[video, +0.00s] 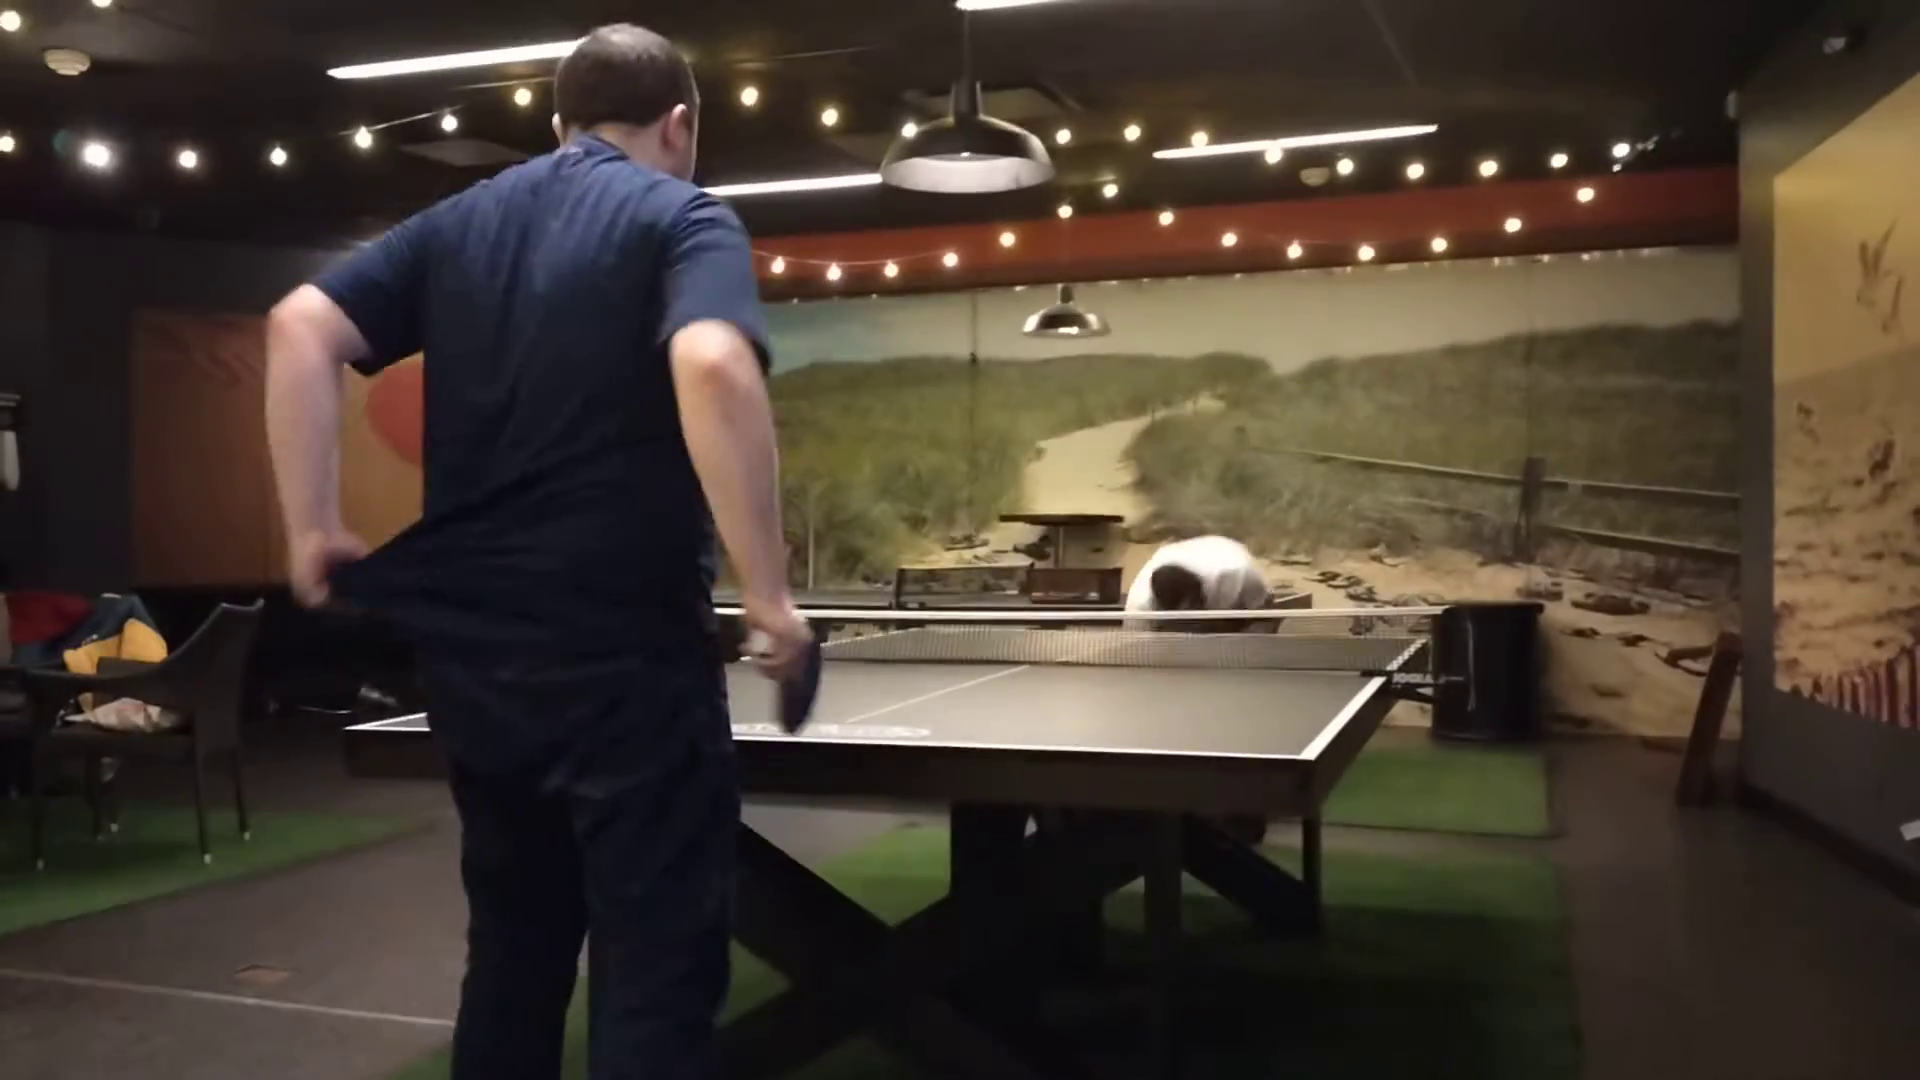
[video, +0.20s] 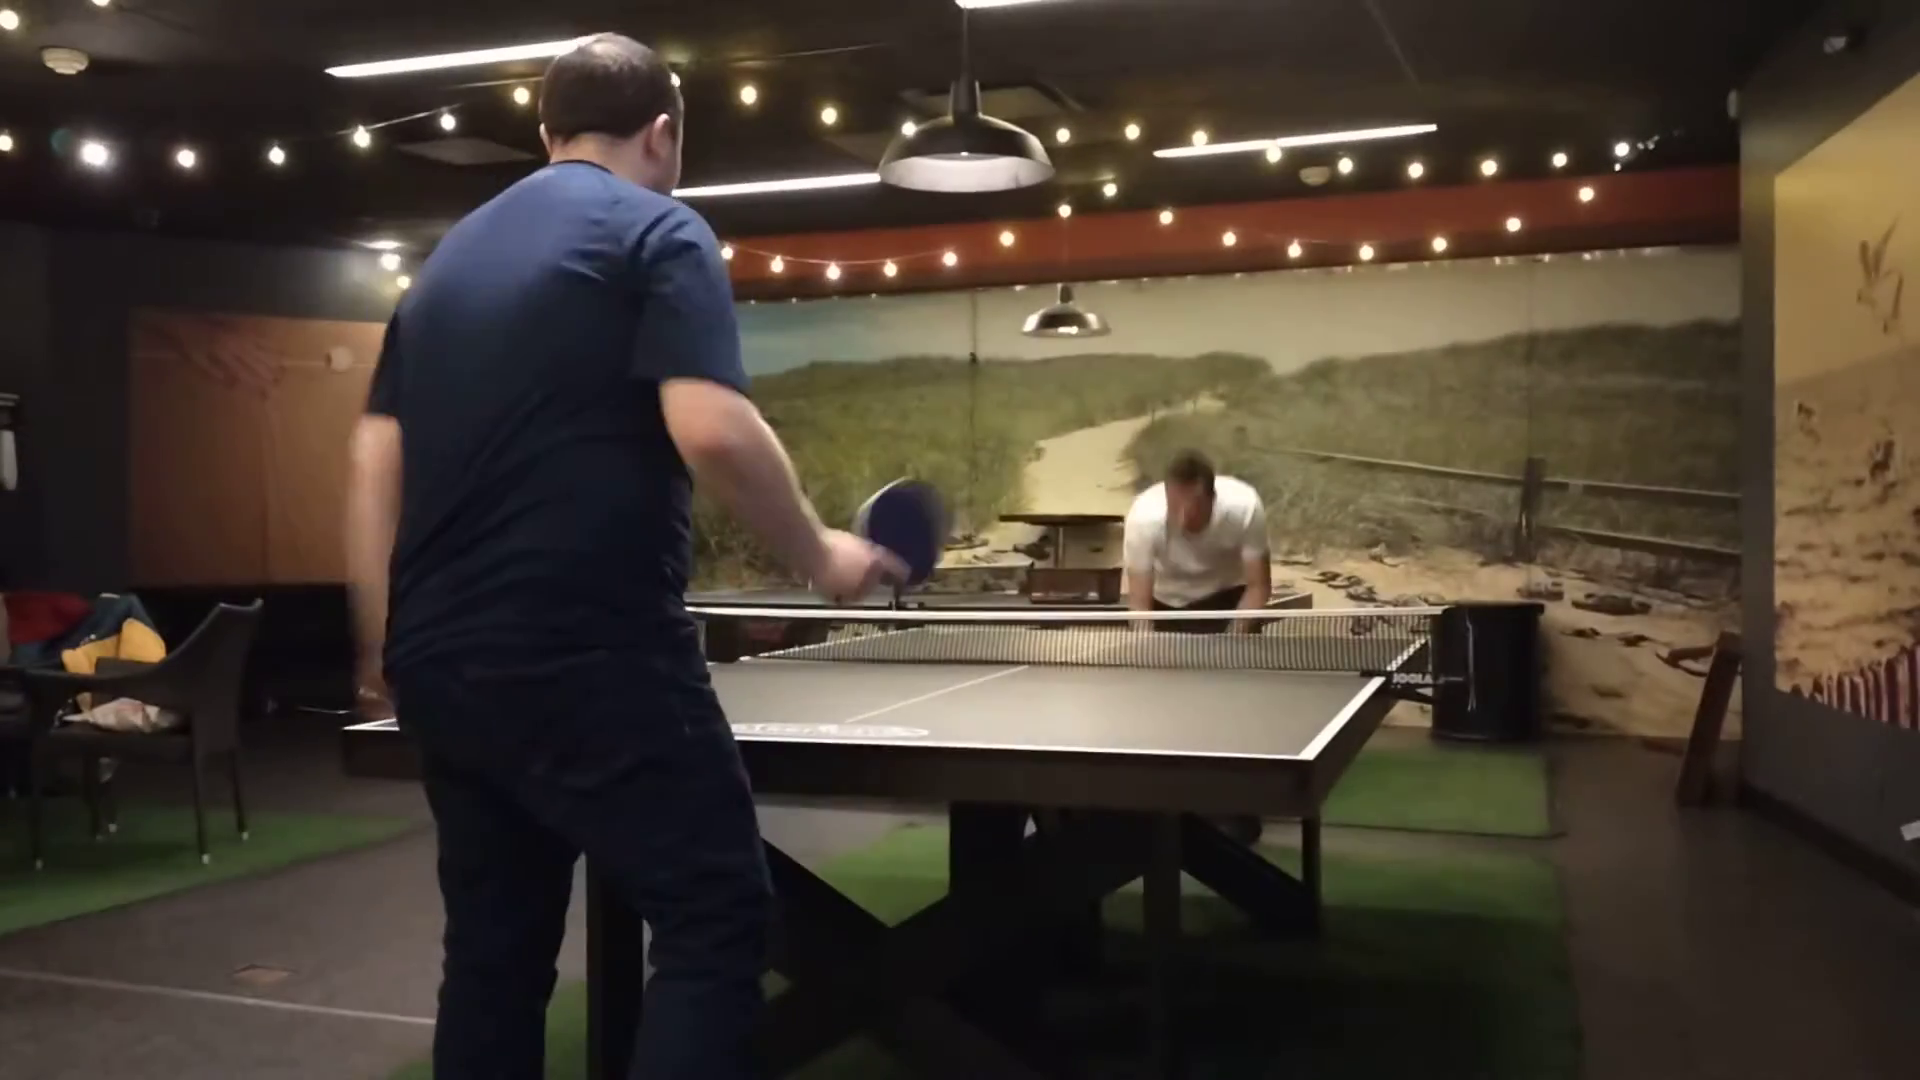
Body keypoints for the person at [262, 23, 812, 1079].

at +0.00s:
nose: (693, 155)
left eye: (692, 139)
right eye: (694, 136)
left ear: (562, 124)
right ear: (675, 126)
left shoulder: (462, 219)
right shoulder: (682, 216)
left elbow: (304, 324)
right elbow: (712, 359)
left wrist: (312, 528)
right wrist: (770, 598)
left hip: (473, 649)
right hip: (626, 656)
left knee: (513, 952)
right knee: (661, 977)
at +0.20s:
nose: (675, 161)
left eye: (673, 146)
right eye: (677, 143)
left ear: (550, 134)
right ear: (660, 133)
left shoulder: (450, 252)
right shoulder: (658, 231)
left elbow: (378, 447)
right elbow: (711, 428)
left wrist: (377, 635)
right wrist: (821, 553)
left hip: (446, 665)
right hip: (603, 665)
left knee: (494, 949)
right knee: (716, 922)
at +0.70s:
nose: (774, 169)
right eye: (776, 152)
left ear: (636, 150)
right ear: (761, 148)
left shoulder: (541, 238)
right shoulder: (792, 268)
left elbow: (451, 449)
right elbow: (889, 497)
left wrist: (534, 573)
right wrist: (810, 602)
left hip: (490, 672)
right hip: (672, 682)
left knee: (469, 973)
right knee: (679, 989)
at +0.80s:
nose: (778, 180)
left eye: (777, 165)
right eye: (780, 162)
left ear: (644, 144)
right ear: (766, 152)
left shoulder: (537, 238)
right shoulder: (792, 264)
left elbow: (442, 457)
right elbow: (909, 488)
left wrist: (431, 629)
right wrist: (824, 626)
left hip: (481, 669)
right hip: (667, 683)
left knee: (434, 966)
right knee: (678, 995)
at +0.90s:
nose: (760, 175)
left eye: (759, 161)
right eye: (762, 157)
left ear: (625, 142)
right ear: (750, 149)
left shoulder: (517, 242)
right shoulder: (777, 261)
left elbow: (425, 461)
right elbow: (895, 480)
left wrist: (373, 651)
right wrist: (827, 641)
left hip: (461, 679)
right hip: (651, 690)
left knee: (390, 961)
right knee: (665, 1000)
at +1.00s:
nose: (728, 172)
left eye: (727, 158)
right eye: (729, 155)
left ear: (593, 144)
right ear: (717, 146)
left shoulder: (481, 244)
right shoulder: (744, 258)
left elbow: (392, 458)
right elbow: (855, 472)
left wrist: (349, 657)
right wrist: (804, 636)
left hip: (430, 683)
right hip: (627, 695)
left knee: (348, 971)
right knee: (650, 996)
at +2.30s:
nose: (649, 160)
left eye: (652, 142)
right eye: (651, 139)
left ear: (519, 125)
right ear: (628, 129)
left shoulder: (392, 239)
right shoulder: (651, 245)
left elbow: (295, 439)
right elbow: (681, 436)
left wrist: (292, 635)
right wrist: (711, 621)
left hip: (372, 683)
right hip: (566, 698)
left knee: (317, 1003)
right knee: (590, 1019)